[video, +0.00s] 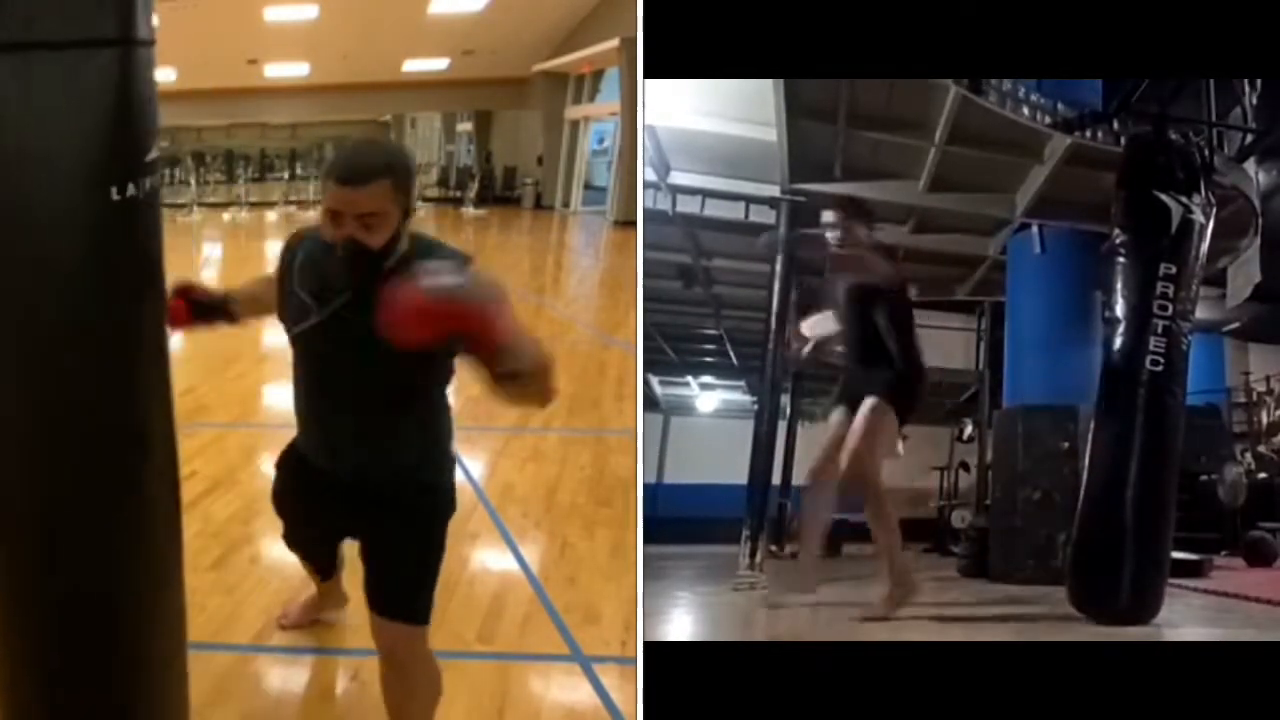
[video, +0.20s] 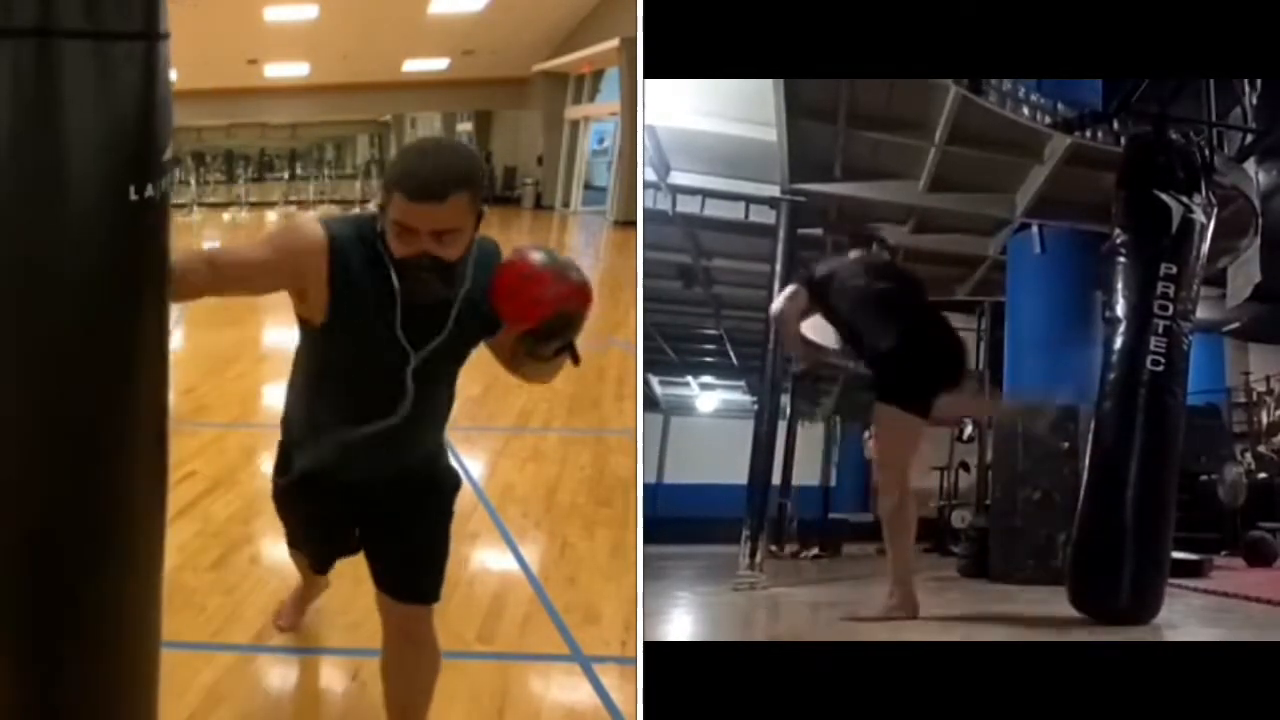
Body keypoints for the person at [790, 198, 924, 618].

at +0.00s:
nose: (834, 236)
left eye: (842, 228)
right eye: (830, 228)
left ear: (864, 229)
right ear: (828, 231)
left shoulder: (881, 269)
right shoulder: (850, 277)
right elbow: (860, 338)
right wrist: (819, 338)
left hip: (892, 380)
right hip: (859, 381)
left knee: (860, 469)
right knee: (822, 474)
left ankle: (899, 579)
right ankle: (806, 574)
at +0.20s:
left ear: (832, 257)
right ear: (875, 253)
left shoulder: (822, 275)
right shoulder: (891, 271)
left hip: (902, 362)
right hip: (944, 350)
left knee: (892, 485)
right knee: (932, 403)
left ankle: (902, 597)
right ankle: (1022, 408)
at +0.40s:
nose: (797, 347)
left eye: (794, 339)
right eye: (792, 342)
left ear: (798, 326)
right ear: (809, 315)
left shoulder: (822, 321)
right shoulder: (849, 313)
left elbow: (789, 316)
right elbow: (906, 301)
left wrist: (789, 322)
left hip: (920, 364)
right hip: (951, 335)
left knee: (917, 483)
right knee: (1062, 348)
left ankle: (906, 597)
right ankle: (1146, 327)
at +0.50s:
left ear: (817, 318)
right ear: (834, 304)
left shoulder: (828, 318)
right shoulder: (869, 308)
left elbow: (812, 330)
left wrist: (823, 365)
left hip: (930, 367)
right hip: (966, 341)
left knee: (918, 484)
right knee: (1063, 387)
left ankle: (906, 597)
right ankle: (1123, 345)